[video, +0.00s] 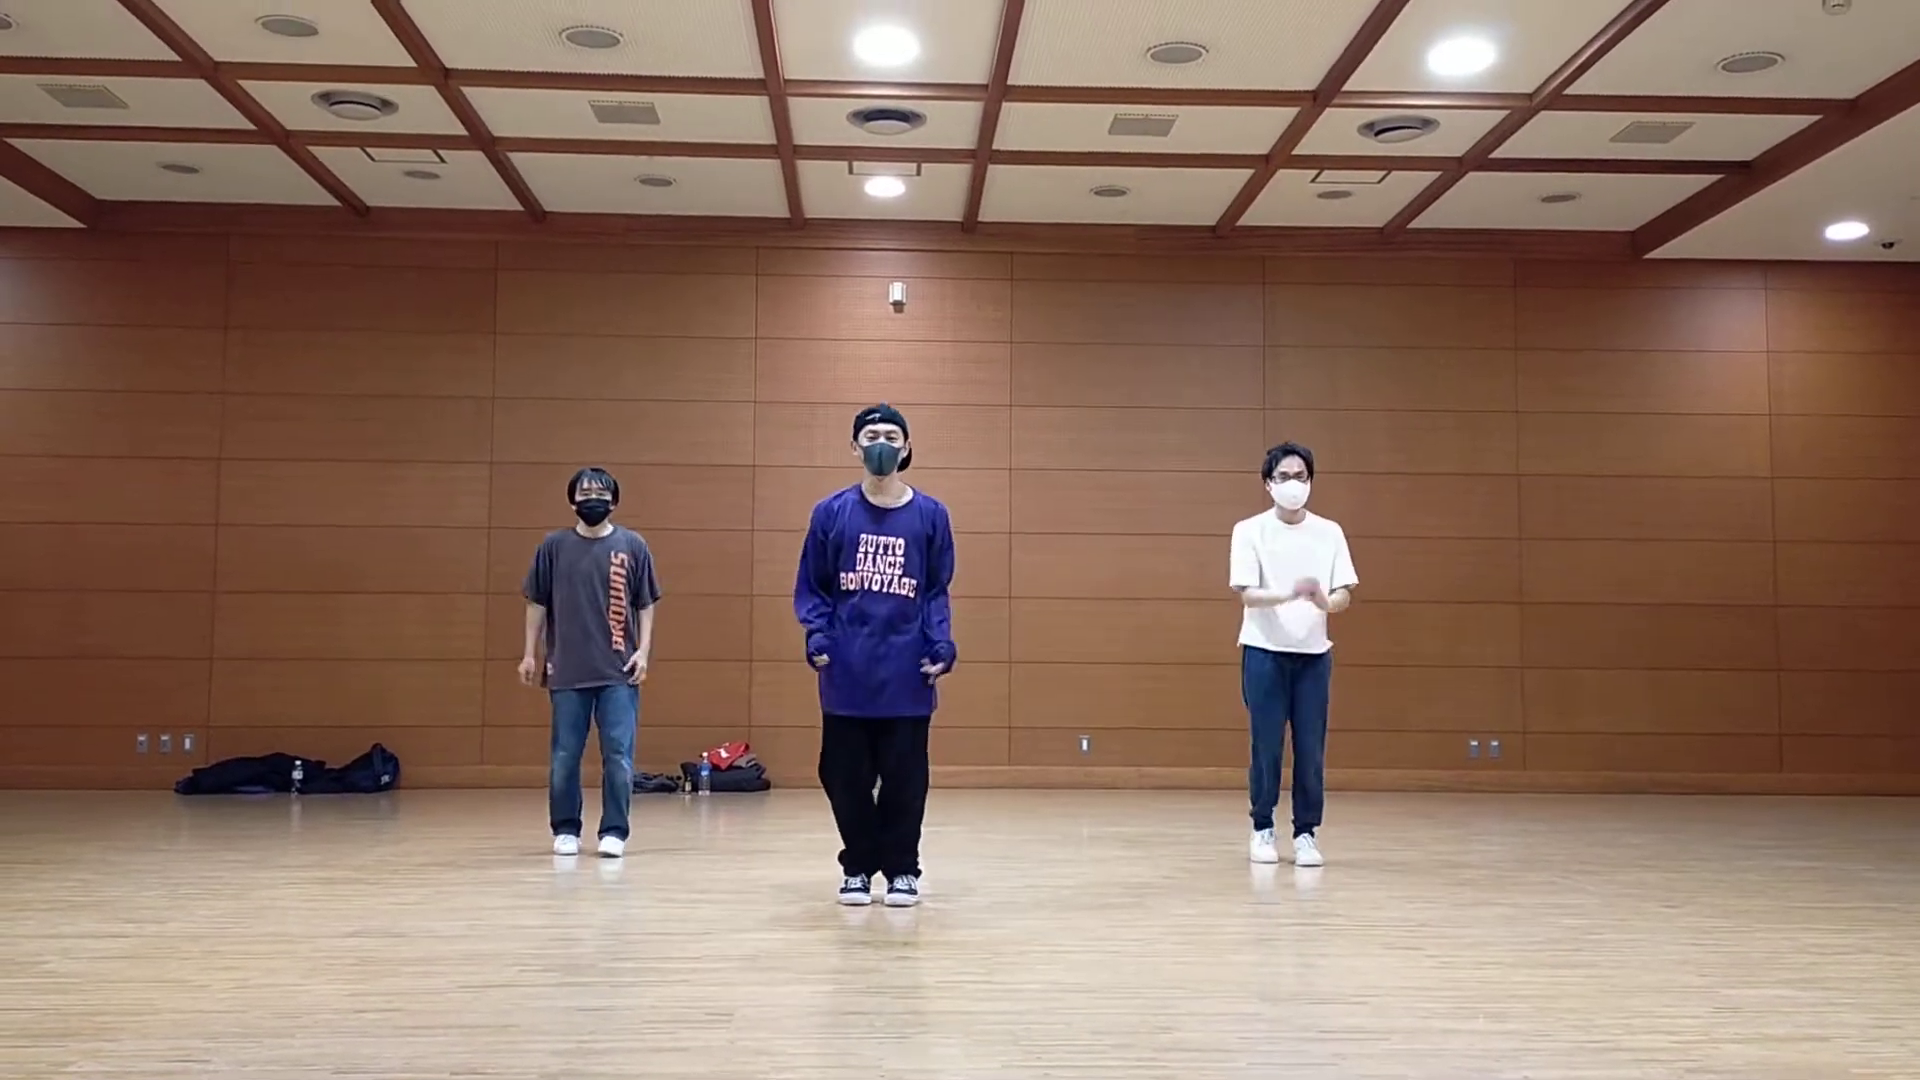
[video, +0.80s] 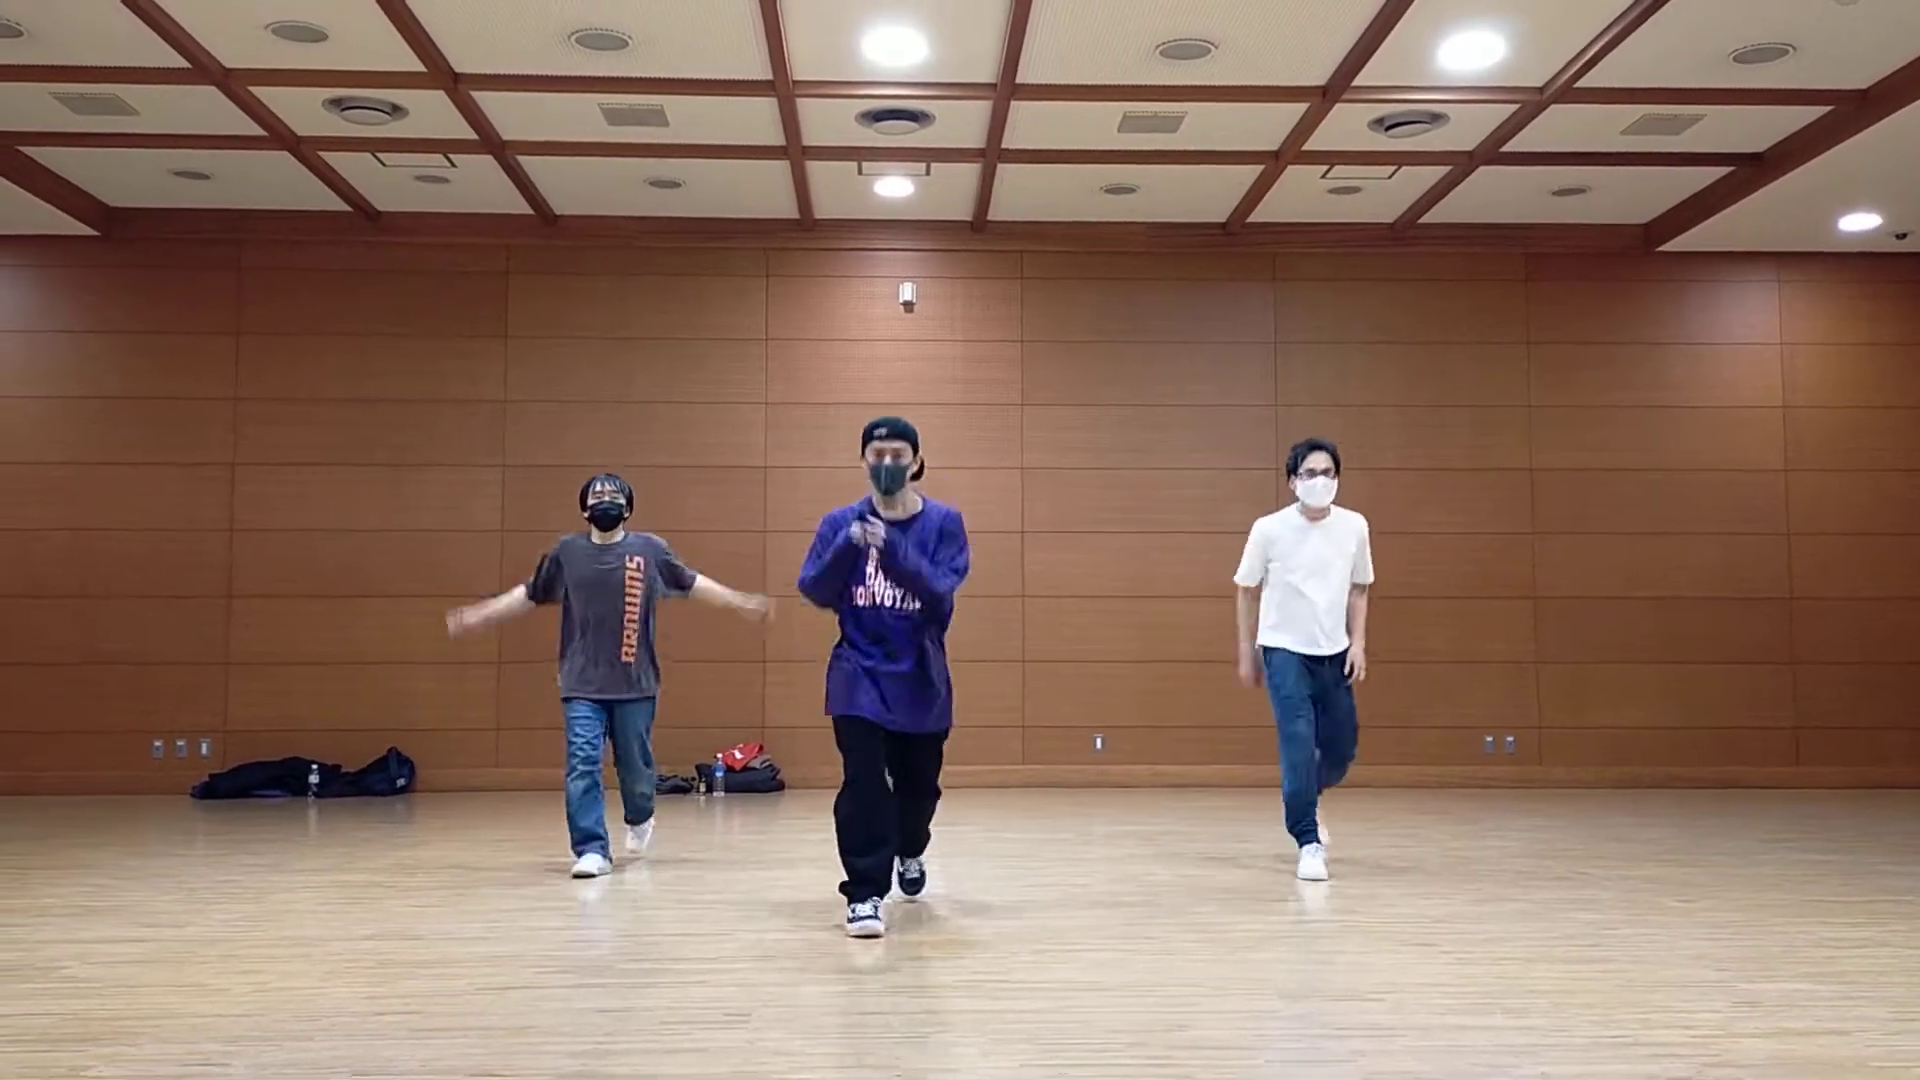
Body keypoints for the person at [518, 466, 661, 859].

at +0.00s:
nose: (592, 500)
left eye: (599, 494)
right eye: (585, 494)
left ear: (611, 500)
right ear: (574, 500)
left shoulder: (633, 546)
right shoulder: (553, 546)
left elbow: (645, 603)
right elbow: (536, 603)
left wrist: (643, 649)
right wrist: (530, 654)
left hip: (617, 669)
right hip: (567, 669)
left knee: (618, 754)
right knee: (565, 754)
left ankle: (613, 833)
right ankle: (565, 831)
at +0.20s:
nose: (599, 514)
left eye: (607, 508)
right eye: (592, 508)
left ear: (620, 516)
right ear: (581, 517)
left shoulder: (639, 561)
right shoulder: (561, 562)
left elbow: (652, 613)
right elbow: (550, 615)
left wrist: (631, 651)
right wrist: (563, 657)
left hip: (621, 684)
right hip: (574, 682)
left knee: (618, 764)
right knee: (567, 765)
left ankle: (614, 837)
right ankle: (572, 834)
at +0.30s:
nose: (605, 501)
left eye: (612, 495)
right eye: (597, 495)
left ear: (625, 504)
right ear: (586, 505)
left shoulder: (643, 544)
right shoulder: (570, 545)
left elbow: (662, 588)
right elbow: (551, 592)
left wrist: (627, 576)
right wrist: (579, 591)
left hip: (627, 670)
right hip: (579, 670)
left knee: (623, 756)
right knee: (574, 755)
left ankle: (617, 836)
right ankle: (579, 826)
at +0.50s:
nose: (611, 501)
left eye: (619, 495)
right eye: (604, 495)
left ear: (632, 503)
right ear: (593, 504)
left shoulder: (650, 543)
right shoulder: (577, 542)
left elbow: (661, 590)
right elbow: (556, 591)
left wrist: (623, 583)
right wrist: (594, 596)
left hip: (637, 669)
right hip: (589, 669)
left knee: (638, 754)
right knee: (590, 748)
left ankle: (639, 835)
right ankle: (598, 832)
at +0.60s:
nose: (612, 525)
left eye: (620, 519)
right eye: (605, 519)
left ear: (633, 524)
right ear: (594, 525)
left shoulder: (651, 569)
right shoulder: (575, 568)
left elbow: (654, 625)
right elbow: (569, 626)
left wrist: (642, 668)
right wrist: (584, 671)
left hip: (639, 679)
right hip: (594, 678)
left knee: (643, 767)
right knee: (594, 758)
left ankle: (642, 838)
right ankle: (591, 835)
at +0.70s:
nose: (605, 518)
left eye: (613, 512)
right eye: (599, 512)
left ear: (628, 520)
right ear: (588, 520)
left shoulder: (650, 566)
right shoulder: (569, 567)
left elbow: (678, 620)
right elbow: (548, 622)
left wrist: (701, 665)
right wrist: (525, 671)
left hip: (637, 688)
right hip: (587, 686)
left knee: (639, 770)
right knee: (590, 760)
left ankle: (639, 835)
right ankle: (588, 846)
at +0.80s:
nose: (602, 504)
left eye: (610, 498)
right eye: (595, 499)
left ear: (626, 506)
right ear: (585, 509)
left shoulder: (650, 550)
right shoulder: (567, 552)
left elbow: (692, 583)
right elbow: (529, 594)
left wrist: (740, 601)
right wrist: (479, 614)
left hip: (634, 681)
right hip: (582, 680)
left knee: (633, 764)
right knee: (583, 765)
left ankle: (638, 820)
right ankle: (590, 851)